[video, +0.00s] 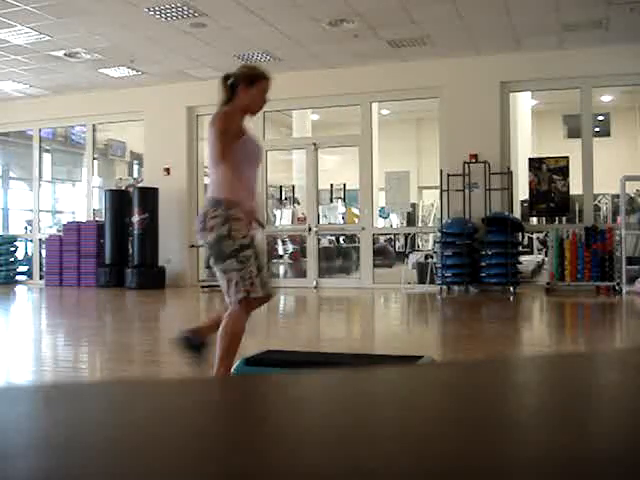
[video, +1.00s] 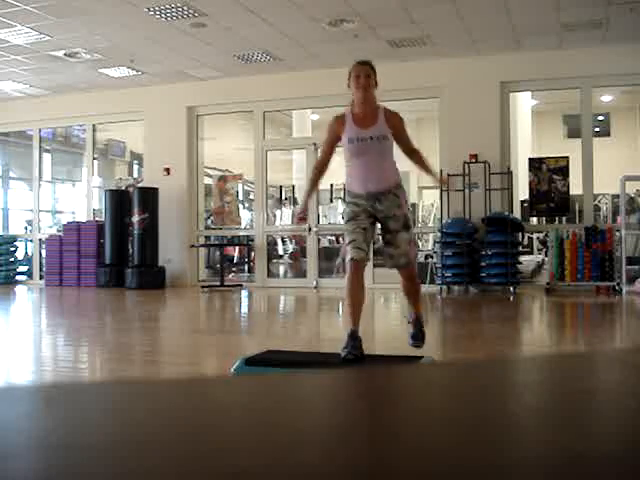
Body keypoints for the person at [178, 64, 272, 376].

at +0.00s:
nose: (265, 100)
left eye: (266, 94)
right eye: (262, 92)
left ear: (244, 91)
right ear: (244, 88)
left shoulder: (238, 124)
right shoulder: (226, 118)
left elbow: (237, 174)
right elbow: (220, 166)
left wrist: (250, 210)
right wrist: (243, 206)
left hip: (238, 215)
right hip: (223, 215)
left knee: (261, 293)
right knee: (242, 300)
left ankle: (198, 333)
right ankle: (221, 378)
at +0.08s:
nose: (282, 92)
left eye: (284, 86)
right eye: (279, 84)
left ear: (265, 83)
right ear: (261, 79)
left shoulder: (259, 115)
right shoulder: (241, 104)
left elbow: (275, 157)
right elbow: (263, 133)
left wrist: (307, 176)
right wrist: (297, 143)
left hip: (261, 204)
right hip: (240, 202)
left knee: (299, 257)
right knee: (249, 287)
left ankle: (268, 327)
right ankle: (232, 371)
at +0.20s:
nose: (308, 100)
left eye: (310, 94)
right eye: (306, 92)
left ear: (293, 91)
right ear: (288, 87)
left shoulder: (287, 131)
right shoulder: (264, 112)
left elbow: (326, 150)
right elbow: (312, 118)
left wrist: (369, 137)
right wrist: (363, 103)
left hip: (283, 212)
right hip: (258, 211)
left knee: (330, 262)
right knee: (269, 294)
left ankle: (351, 332)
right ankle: (242, 370)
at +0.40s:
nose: (347, 99)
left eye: (350, 94)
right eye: (344, 92)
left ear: (343, 91)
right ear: (326, 86)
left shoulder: (332, 123)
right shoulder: (305, 113)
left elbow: (362, 146)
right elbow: (334, 139)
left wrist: (388, 146)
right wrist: (380, 149)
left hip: (327, 208)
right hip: (299, 206)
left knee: (367, 267)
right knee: (292, 283)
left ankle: (372, 341)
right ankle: (260, 359)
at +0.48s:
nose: (353, 93)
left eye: (356, 88)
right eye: (350, 86)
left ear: (348, 87)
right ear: (332, 81)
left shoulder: (343, 122)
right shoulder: (309, 110)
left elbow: (376, 149)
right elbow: (326, 141)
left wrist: (411, 171)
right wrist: (359, 150)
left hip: (334, 205)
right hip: (305, 202)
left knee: (369, 265)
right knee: (301, 278)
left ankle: (373, 341)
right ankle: (263, 355)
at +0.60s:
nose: (365, 78)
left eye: (368, 72)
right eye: (360, 71)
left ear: (369, 73)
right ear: (343, 68)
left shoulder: (366, 110)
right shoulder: (324, 99)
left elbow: (374, 153)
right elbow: (319, 144)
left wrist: (386, 194)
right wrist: (336, 182)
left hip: (355, 186)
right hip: (323, 184)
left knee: (374, 257)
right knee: (331, 258)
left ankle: (376, 335)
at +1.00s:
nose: (361, 82)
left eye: (366, 77)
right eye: (356, 78)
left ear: (375, 83)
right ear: (349, 84)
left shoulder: (390, 118)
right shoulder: (340, 123)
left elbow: (410, 151)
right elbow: (322, 162)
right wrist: (305, 200)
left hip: (391, 198)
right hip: (357, 200)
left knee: (406, 265)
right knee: (355, 263)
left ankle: (416, 318)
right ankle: (353, 335)